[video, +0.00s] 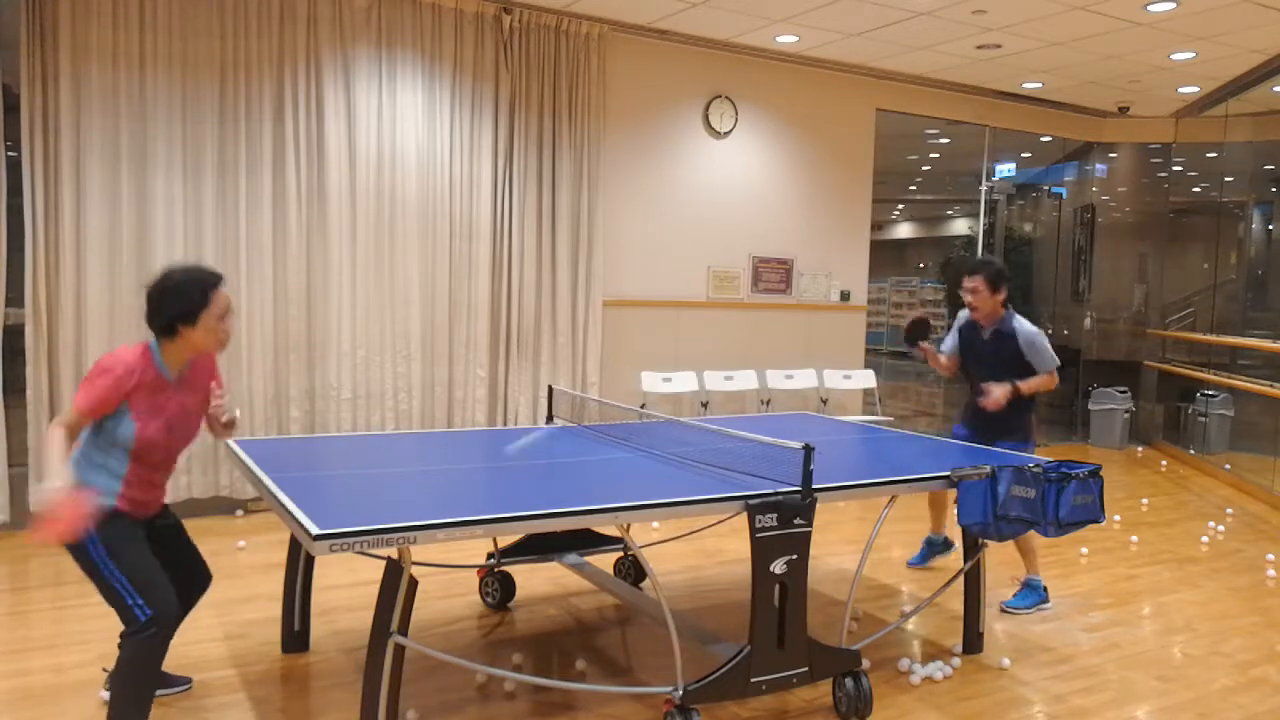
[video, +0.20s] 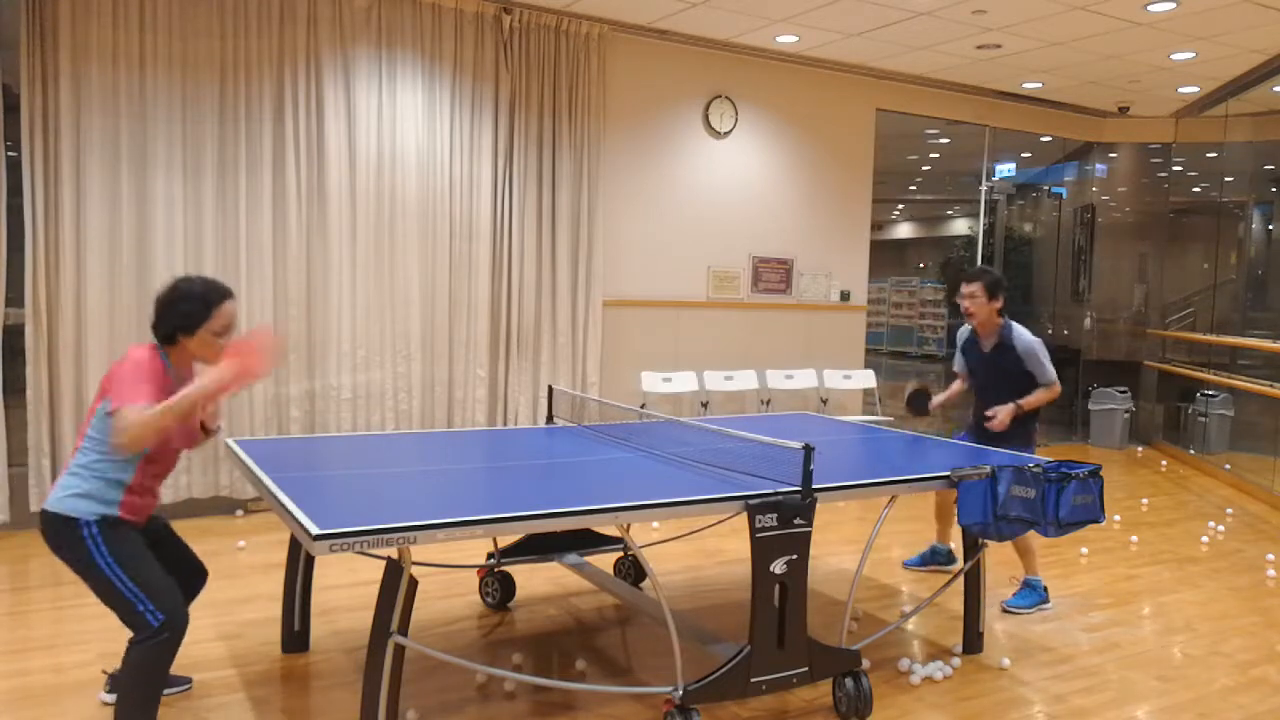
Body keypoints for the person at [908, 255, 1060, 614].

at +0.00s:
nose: (968, 299)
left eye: (976, 292)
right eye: (966, 292)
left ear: (1000, 295)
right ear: (965, 294)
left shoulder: (1025, 333)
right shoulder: (964, 323)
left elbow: (1051, 378)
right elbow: (949, 365)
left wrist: (1011, 388)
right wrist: (928, 351)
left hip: (1012, 435)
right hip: (972, 427)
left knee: (1012, 508)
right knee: (937, 474)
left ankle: (1034, 583)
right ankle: (938, 537)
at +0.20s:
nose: (965, 305)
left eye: (973, 298)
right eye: (962, 298)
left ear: (997, 303)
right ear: (961, 302)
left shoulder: (1024, 342)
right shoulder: (965, 337)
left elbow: (1053, 388)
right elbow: (963, 380)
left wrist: (1014, 408)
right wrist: (939, 399)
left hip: (1015, 438)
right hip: (977, 432)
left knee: (1011, 508)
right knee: (943, 480)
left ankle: (1034, 584)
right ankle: (942, 549)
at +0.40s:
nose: (925, 316)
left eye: (931, 308)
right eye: (924, 309)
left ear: (954, 307)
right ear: (949, 310)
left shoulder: (980, 335)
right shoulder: (963, 341)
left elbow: (1022, 381)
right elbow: (981, 388)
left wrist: (977, 405)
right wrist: (957, 409)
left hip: (1005, 443)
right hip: (979, 440)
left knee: (1006, 513)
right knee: (947, 486)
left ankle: (1033, 585)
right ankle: (942, 547)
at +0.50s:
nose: (911, 323)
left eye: (913, 316)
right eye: (910, 316)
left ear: (932, 314)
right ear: (931, 313)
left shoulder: (961, 336)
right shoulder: (946, 340)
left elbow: (1003, 377)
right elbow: (952, 380)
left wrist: (963, 409)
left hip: (996, 437)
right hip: (971, 434)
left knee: (998, 510)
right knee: (939, 477)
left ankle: (1035, 585)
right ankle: (941, 547)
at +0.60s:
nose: (898, 313)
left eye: (901, 306)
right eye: (897, 306)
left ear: (920, 307)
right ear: (920, 308)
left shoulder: (949, 331)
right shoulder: (925, 337)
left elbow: (990, 368)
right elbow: (903, 356)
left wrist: (951, 394)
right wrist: (863, 354)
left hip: (982, 434)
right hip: (956, 432)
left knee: (993, 501)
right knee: (928, 482)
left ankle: (1023, 573)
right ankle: (938, 547)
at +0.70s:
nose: (894, 300)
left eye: (900, 293)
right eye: (894, 293)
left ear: (921, 294)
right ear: (915, 295)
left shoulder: (948, 321)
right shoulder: (909, 326)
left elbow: (986, 362)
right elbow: (878, 346)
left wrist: (943, 378)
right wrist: (842, 339)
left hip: (967, 424)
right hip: (936, 422)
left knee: (959, 491)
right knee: (915, 479)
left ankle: (983, 558)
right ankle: (935, 541)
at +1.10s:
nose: (888, 308)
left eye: (895, 301)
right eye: (885, 302)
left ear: (915, 305)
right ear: (883, 304)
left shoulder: (940, 336)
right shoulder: (884, 337)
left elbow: (970, 378)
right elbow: (873, 373)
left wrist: (937, 396)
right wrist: (863, 383)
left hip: (940, 426)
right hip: (903, 424)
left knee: (946, 488)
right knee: (877, 472)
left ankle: (971, 553)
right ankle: (884, 532)